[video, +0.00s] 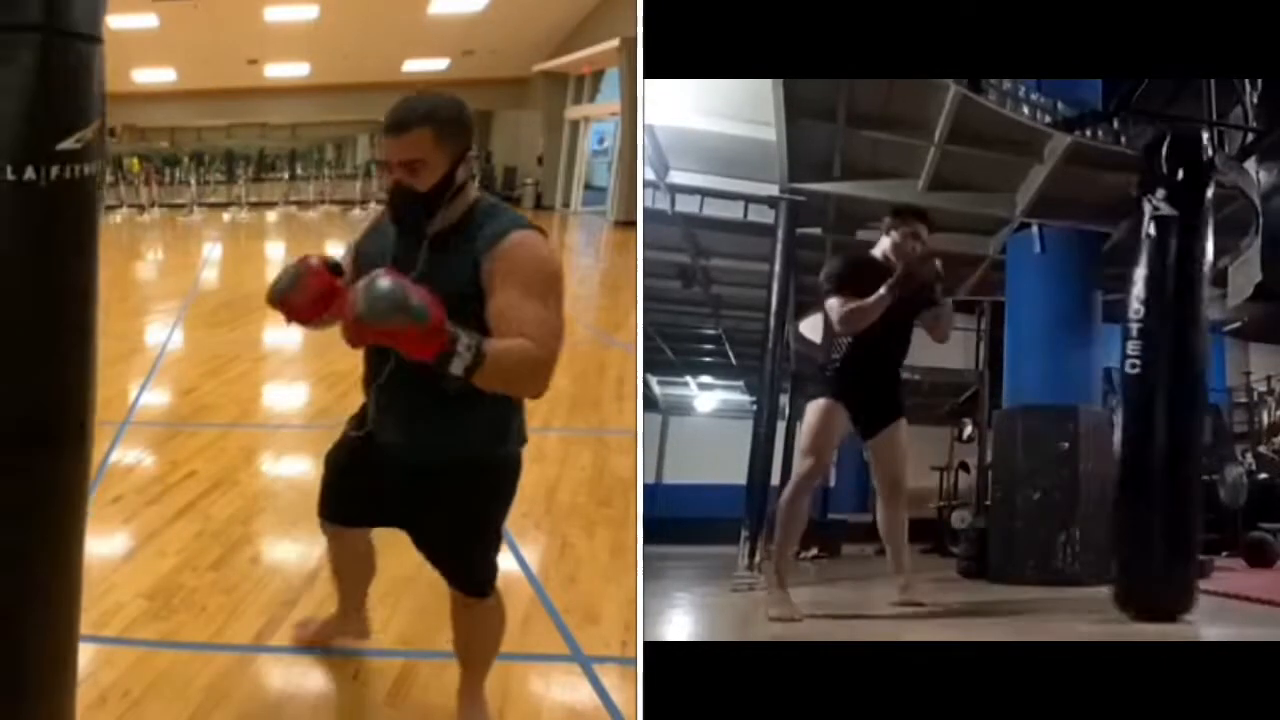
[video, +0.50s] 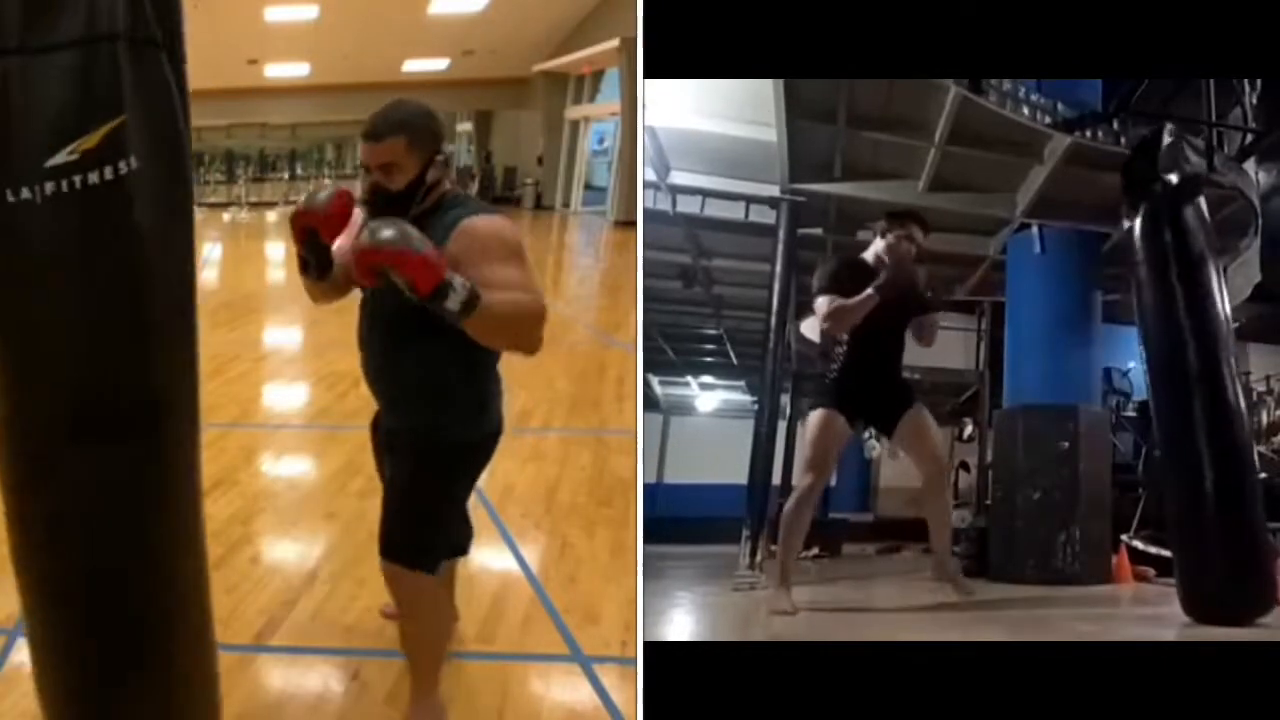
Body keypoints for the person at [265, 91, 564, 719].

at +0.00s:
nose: (396, 181)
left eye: (413, 167)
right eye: (388, 166)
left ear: (460, 161)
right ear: (380, 161)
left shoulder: (515, 247)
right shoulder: (388, 229)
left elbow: (531, 372)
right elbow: (360, 323)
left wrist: (442, 343)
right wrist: (323, 298)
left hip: (471, 445)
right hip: (385, 426)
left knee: (471, 579)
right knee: (342, 504)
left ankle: (472, 695)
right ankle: (351, 619)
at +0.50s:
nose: (373, 182)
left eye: (388, 170)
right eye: (368, 169)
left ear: (430, 163)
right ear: (364, 161)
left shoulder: (480, 231)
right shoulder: (381, 217)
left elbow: (527, 332)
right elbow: (329, 289)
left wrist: (441, 288)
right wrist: (312, 248)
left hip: (450, 424)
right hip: (400, 410)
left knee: (409, 562)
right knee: (423, 520)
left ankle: (424, 700)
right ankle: (436, 606)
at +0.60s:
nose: (356, 181)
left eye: (370, 169)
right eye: (352, 167)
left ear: (413, 163)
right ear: (354, 159)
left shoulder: (438, 220)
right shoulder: (381, 210)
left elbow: (477, 293)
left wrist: (366, 269)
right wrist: (307, 232)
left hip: (443, 422)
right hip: (408, 408)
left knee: (415, 562)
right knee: (407, 507)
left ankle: (430, 703)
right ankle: (426, 595)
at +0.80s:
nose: (364, 187)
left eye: (379, 174)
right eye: (360, 174)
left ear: (422, 169)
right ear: (362, 164)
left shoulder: (434, 236)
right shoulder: (396, 222)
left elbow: (365, 300)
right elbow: (344, 284)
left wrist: (264, 299)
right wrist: (315, 252)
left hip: (453, 424)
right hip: (418, 409)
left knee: (434, 565)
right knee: (420, 508)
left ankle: (431, 701)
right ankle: (433, 588)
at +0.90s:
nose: (377, 182)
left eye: (391, 171)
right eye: (371, 170)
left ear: (431, 170)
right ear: (369, 167)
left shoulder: (457, 235)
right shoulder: (392, 226)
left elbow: (469, 323)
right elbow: (340, 293)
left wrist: (375, 281)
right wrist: (328, 241)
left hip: (454, 419)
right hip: (417, 404)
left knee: (411, 553)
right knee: (429, 508)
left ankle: (419, 688)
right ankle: (446, 588)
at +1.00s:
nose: (385, 185)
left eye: (399, 172)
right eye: (379, 172)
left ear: (436, 168)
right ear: (375, 165)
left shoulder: (467, 238)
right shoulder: (393, 218)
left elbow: (458, 337)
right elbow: (350, 299)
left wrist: (389, 277)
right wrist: (334, 257)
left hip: (469, 408)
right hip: (419, 393)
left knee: (387, 500)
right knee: (429, 499)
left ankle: (429, 620)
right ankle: (445, 590)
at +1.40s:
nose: (435, 175)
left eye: (452, 165)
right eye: (426, 161)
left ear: (482, 168)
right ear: (415, 161)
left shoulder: (491, 231)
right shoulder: (412, 230)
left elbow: (497, 282)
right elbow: (358, 281)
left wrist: (395, 232)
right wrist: (298, 327)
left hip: (484, 428)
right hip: (425, 414)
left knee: (444, 570)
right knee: (440, 510)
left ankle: (433, 710)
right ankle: (444, 588)